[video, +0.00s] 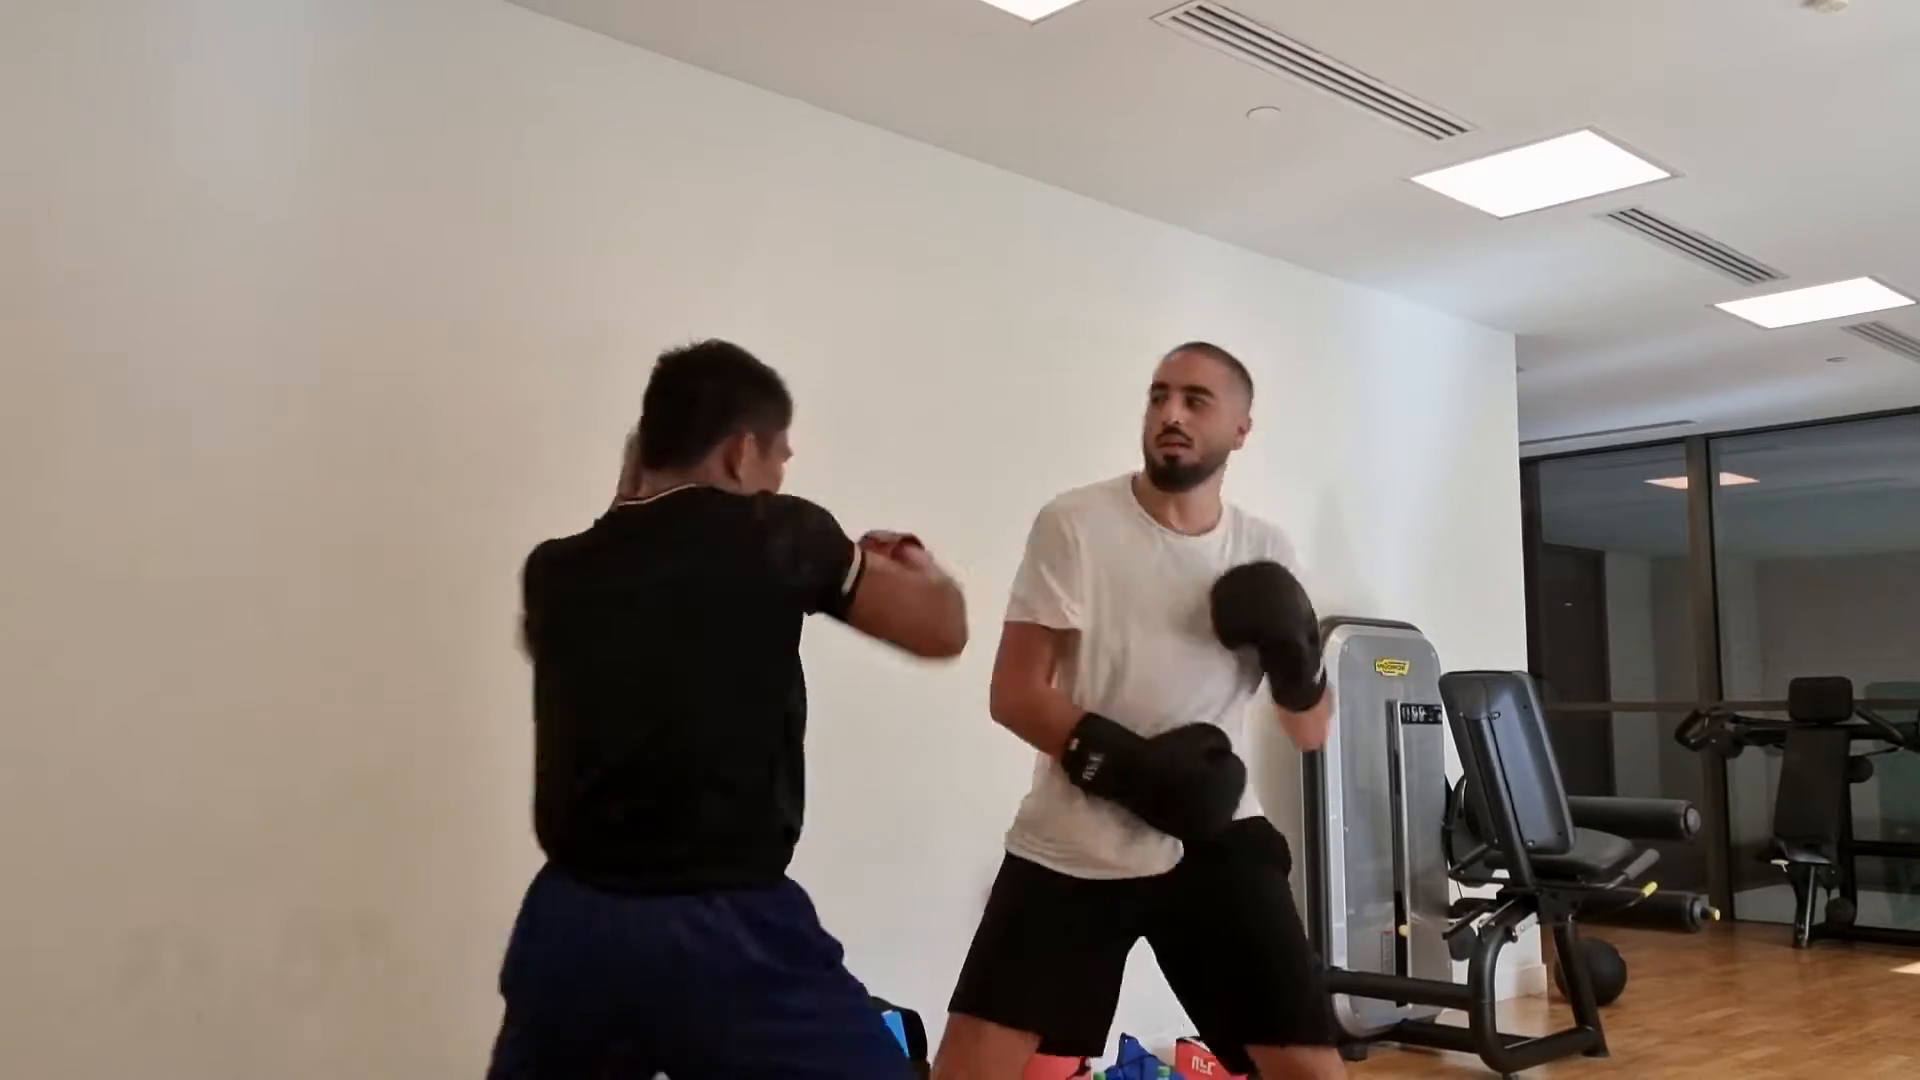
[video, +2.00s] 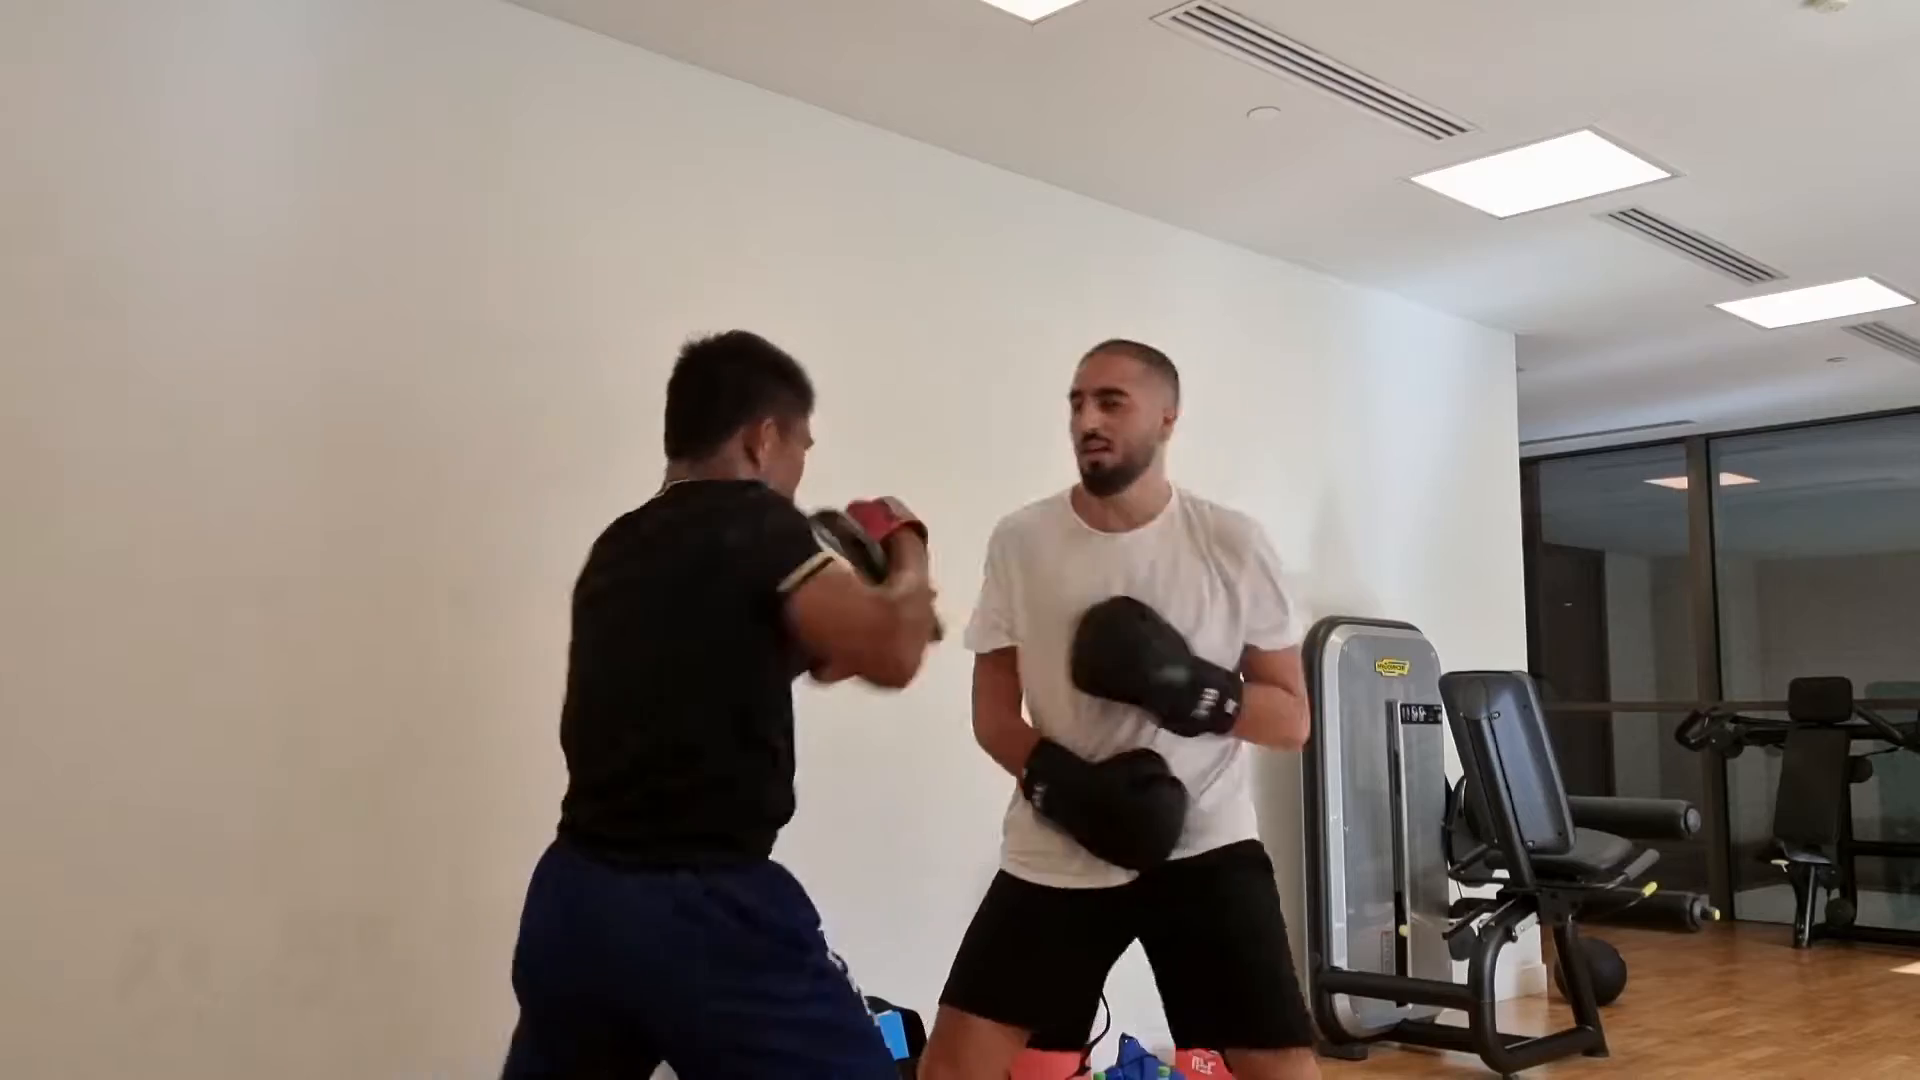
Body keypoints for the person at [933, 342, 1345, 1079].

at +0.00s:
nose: (1171, 413)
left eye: (1198, 400)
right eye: (1160, 397)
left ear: (1241, 430)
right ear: (1143, 415)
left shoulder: (1266, 551)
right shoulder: (1074, 526)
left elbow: (1311, 731)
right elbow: (1015, 692)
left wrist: (1292, 649)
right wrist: (1127, 763)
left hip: (1217, 856)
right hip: (1068, 852)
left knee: (1312, 1069)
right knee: (972, 1068)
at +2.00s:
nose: (1088, 419)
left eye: (1112, 402)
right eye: (1079, 404)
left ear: (1168, 420)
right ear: (1067, 419)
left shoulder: (1235, 545)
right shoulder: (1020, 542)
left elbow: (1291, 718)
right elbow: (993, 717)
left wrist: (1190, 685)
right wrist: (1067, 783)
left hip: (1207, 860)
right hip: (1052, 867)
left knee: (1282, 1068)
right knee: (955, 1067)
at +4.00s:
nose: (1143, 431)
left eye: (1165, 412)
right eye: (1123, 414)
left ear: (1202, 434)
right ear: (1103, 436)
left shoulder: (1237, 561)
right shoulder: (1056, 537)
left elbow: (1270, 737)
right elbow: (995, 711)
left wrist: (1225, 707)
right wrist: (1104, 794)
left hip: (1204, 865)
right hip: (1056, 866)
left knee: (1298, 1066)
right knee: (966, 1070)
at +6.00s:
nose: (1003, 443)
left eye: (1026, 423)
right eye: (1001, 426)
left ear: (1093, 435)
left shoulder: (1135, 495)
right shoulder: (1023, 584)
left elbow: (1165, 570)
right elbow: (1051, 732)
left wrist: (1014, 505)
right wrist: (1006, 708)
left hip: (1185, 847)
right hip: (1062, 857)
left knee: (1248, 1069)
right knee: (939, 1045)